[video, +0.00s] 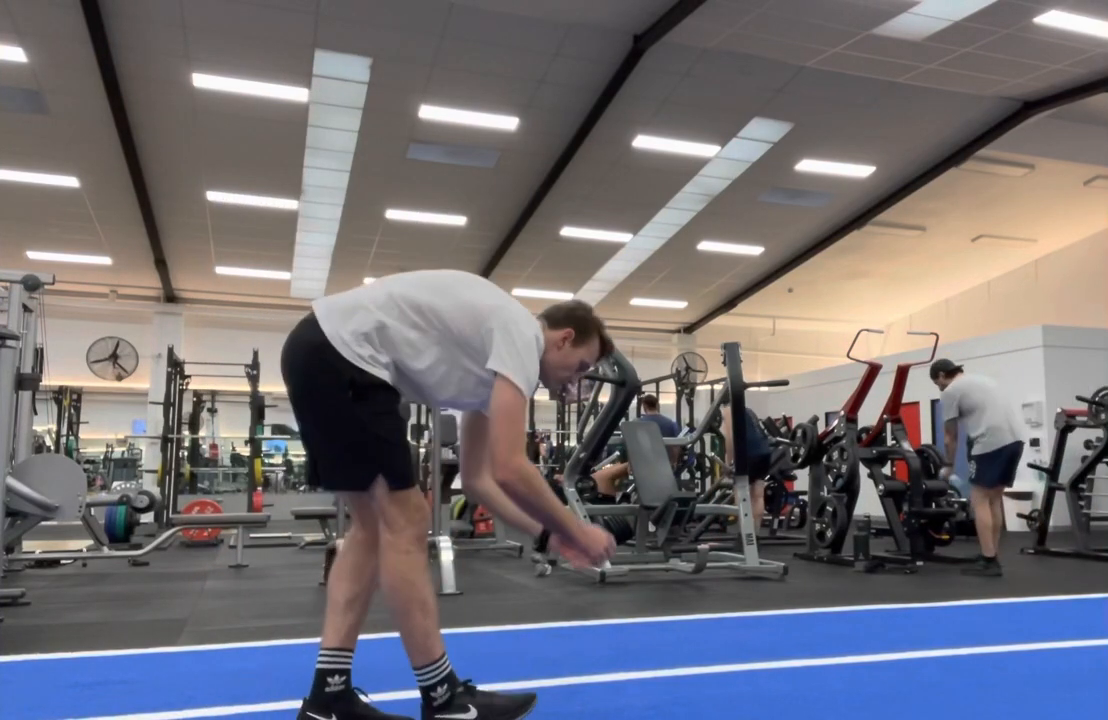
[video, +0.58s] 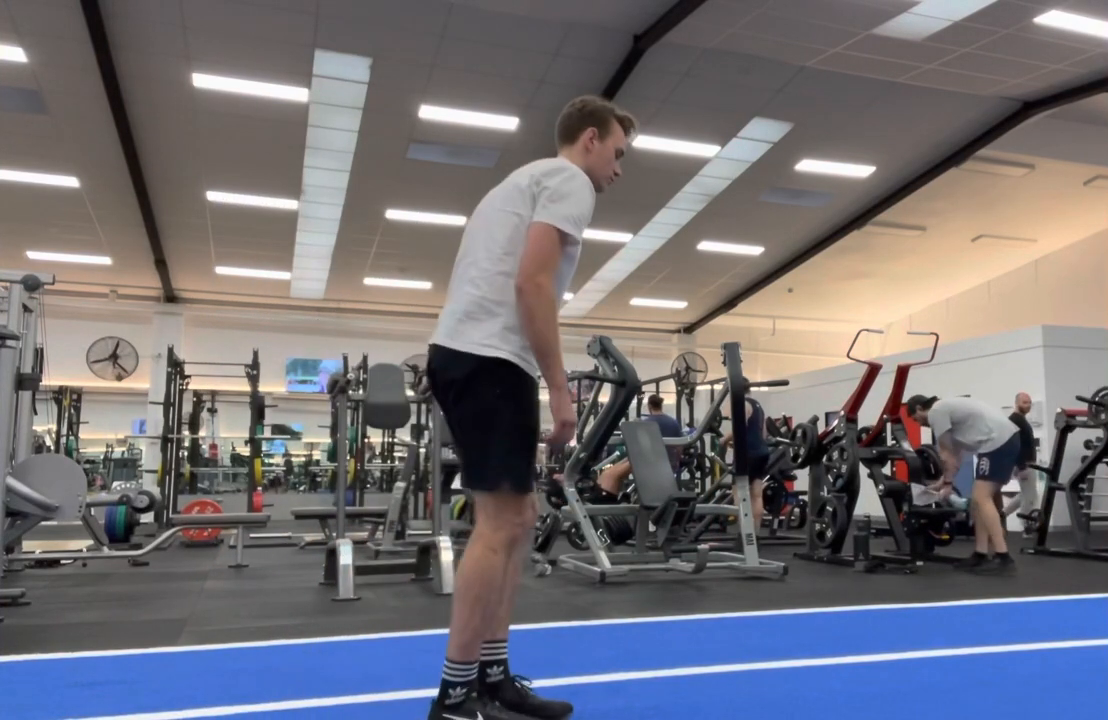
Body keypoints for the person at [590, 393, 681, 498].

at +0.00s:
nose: (643, 409)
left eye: (642, 407)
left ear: (644, 407)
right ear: (658, 406)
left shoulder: (639, 422)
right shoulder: (671, 424)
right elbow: (675, 446)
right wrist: (674, 462)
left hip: (645, 464)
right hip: (667, 465)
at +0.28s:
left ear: (646, 406)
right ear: (659, 406)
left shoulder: (641, 422)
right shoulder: (671, 423)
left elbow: (633, 444)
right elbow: (678, 443)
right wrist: (677, 457)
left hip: (646, 461)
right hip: (668, 462)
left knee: (607, 474)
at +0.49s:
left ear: (648, 407)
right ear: (661, 406)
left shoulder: (645, 422)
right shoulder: (672, 423)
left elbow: (639, 446)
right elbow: (678, 442)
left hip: (652, 460)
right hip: (671, 460)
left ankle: (613, 473)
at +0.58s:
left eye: (649, 406)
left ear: (649, 407)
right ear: (662, 406)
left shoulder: (647, 422)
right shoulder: (673, 423)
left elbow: (641, 445)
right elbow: (680, 444)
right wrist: (679, 458)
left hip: (653, 461)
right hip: (672, 463)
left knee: (610, 473)